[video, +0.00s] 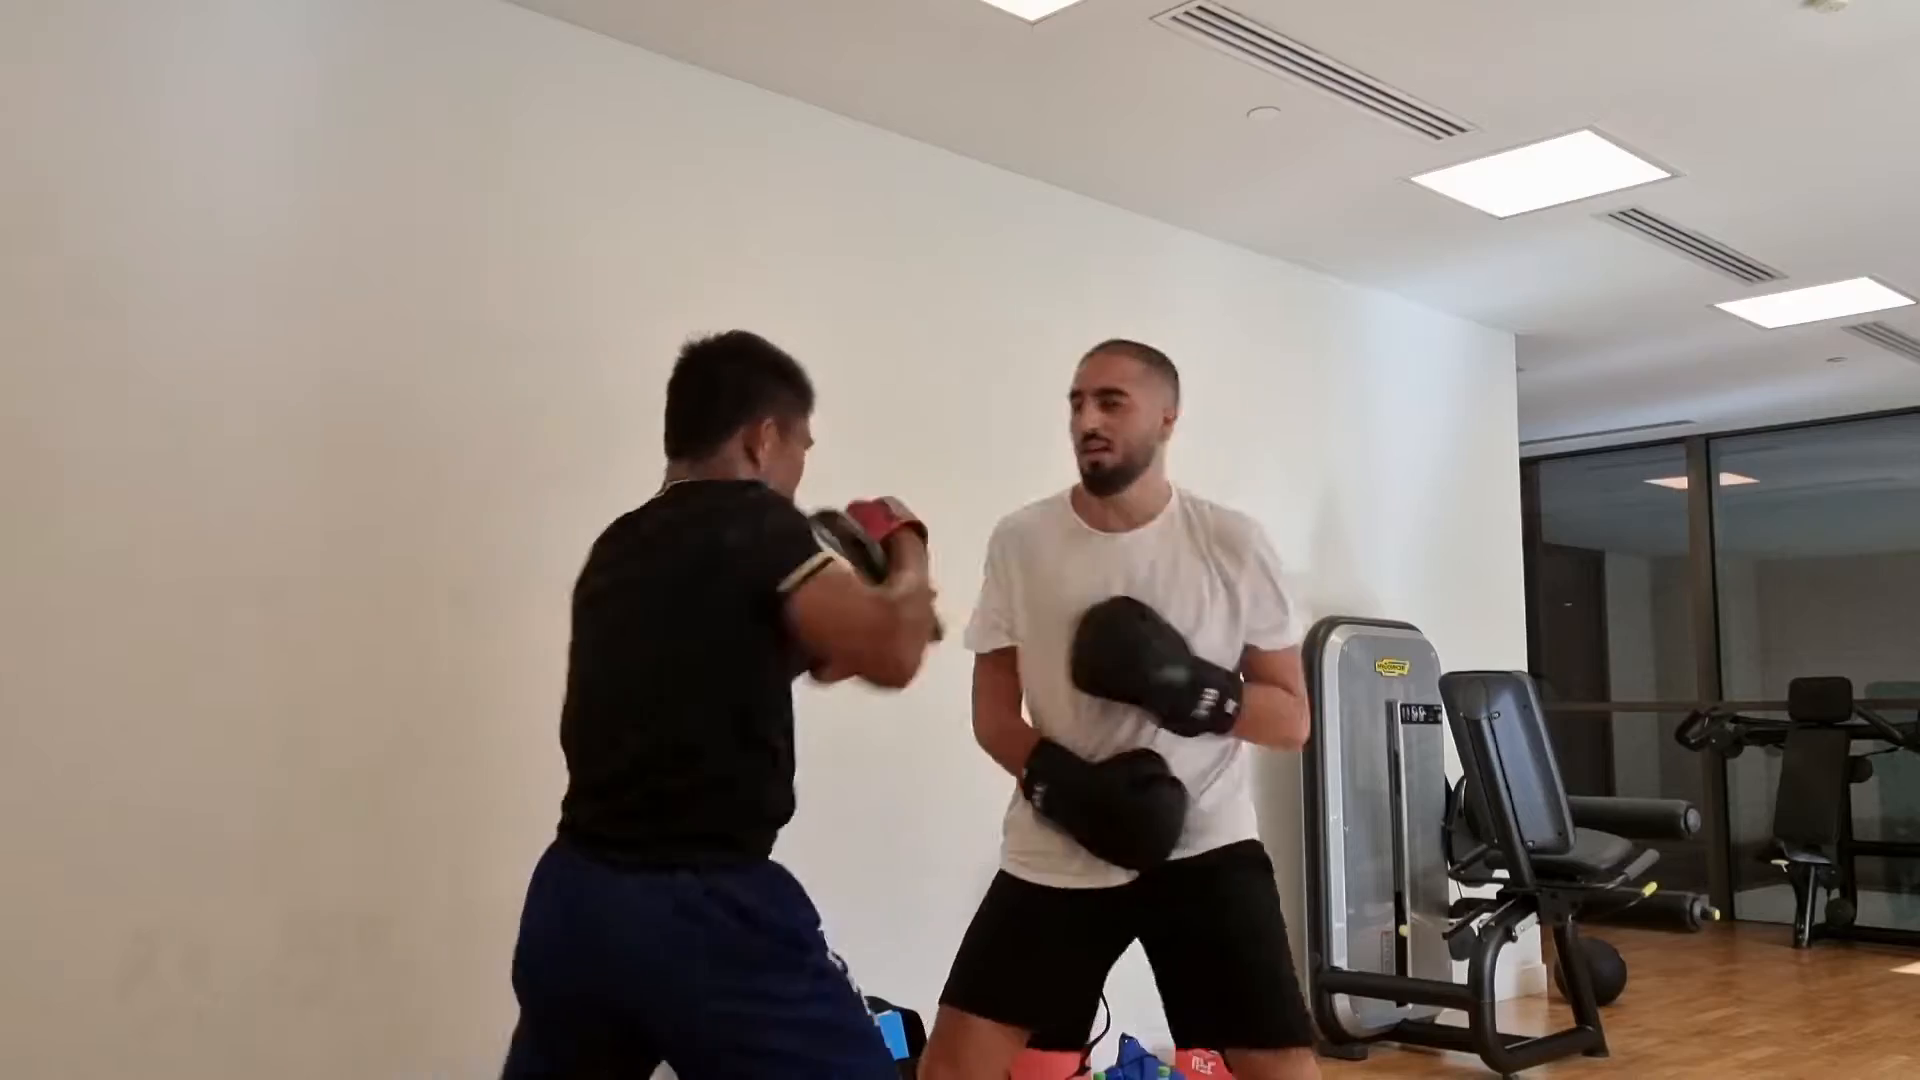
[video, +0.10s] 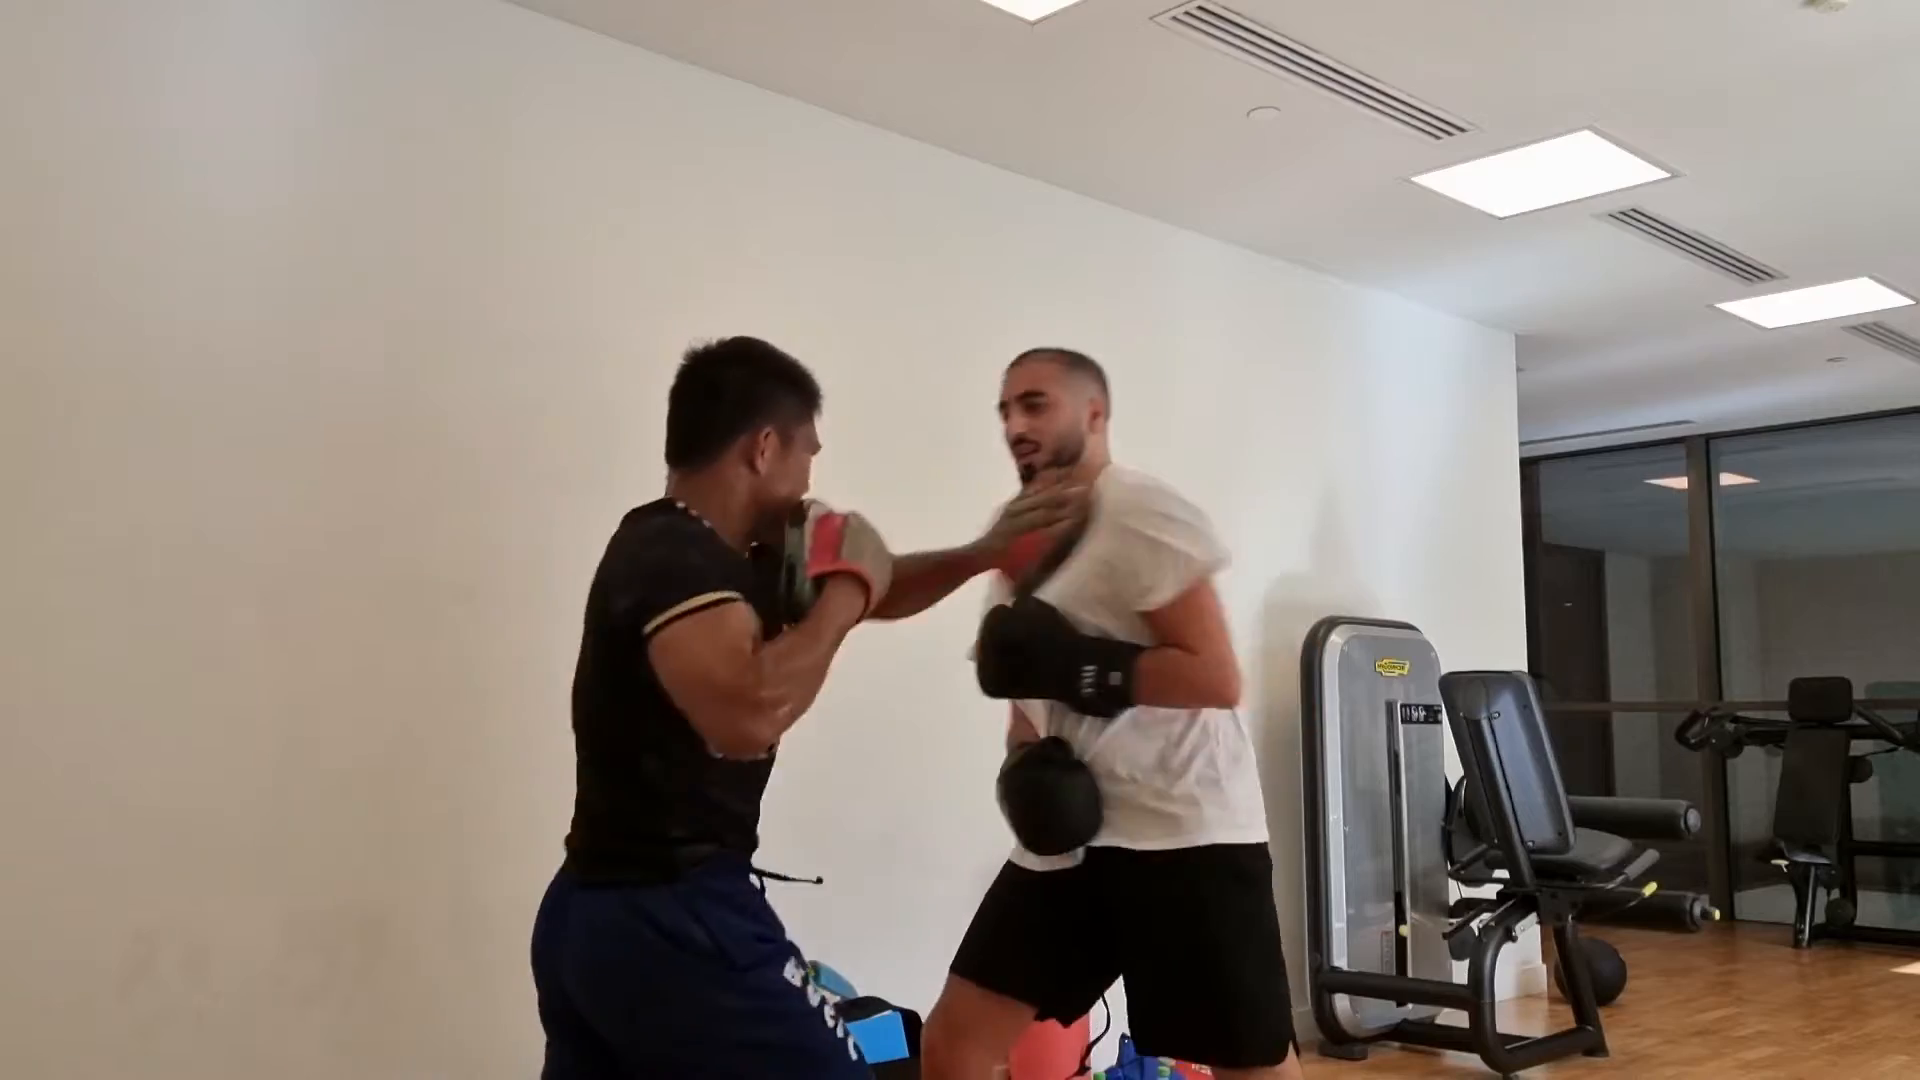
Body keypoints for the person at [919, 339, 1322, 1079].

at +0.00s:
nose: (1088, 419)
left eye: (1112, 402)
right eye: (1079, 404)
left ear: (1168, 420)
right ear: (1067, 419)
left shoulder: (1235, 545)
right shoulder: (1020, 542)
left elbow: (1291, 718)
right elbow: (993, 717)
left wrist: (1190, 685)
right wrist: (1067, 783)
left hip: (1207, 860)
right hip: (1052, 867)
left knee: (1282, 1068)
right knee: (955, 1067)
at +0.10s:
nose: (1014, 426)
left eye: (1033, 404)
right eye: (1006, 411)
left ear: (1094, 413)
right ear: (1001, 427)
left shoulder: (1145, 514)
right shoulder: (1022, 534)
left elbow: (1216, 679)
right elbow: (1028, 683)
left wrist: (1069, 666)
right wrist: (1030, 769)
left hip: (1195, 850)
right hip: (1072, 845)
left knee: (1258, 1068)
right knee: (957, 1048)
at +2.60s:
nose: (1010, 645)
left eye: (1026, 615)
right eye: (991, 622)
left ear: (1084, 590)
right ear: (979, 619)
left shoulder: (1189, 672)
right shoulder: (971, 687)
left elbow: (1266, 818)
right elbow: (989, 807)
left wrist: (1143, 840)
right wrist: (1025, 894)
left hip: (1187, 882)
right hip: (1048, 880)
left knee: (1257, 1070)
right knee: (922, 1062)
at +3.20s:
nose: (1040, 494)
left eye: (1060, 472)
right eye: (1022, 480)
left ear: (1112, 474)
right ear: (1005, 494)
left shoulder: (1217, 575)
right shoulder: (994, 609)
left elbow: (1308, 705)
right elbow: (925, 691)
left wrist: (1260, 724)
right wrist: (860, 708)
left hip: (1195, 893)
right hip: (1039, 902)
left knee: (1270, 1069)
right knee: (951, 1069)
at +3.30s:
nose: (1034, 474)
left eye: (1051, 450)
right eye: (1015, 458)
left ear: (1099, 451)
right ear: (1002, 472)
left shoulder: (1185, 555)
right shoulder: (980, 558)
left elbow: (1290, 708)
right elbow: (875, 699)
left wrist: (1260, 664)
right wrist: (923, 642)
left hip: (1186, 871)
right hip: (1045, 868)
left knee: (1251, 1069)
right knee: (943, 1064)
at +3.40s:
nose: (958, 494)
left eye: (975, 468)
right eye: (948, 477)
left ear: (1039, 461)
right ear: (944, 484)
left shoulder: (1117, 527)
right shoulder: (975, 603)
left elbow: (1210, 622)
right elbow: (989, 758)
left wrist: (1073, 553)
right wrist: (960, 709)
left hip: (1183, 872)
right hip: (1052, 868)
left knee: (1248, 1068)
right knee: (917, 1064)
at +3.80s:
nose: (1159, 452)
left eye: (1185, 436)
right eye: (1147, 431)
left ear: (1228, 463)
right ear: (1128, 444)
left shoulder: (1246, 566)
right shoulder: (1072, 550)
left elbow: (1264, 731)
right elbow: (988, 711)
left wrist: (1270, 691)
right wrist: (1109, 761)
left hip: (1206, 867)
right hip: (1061, 869)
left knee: (1305, 1069)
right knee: (971, 1071)